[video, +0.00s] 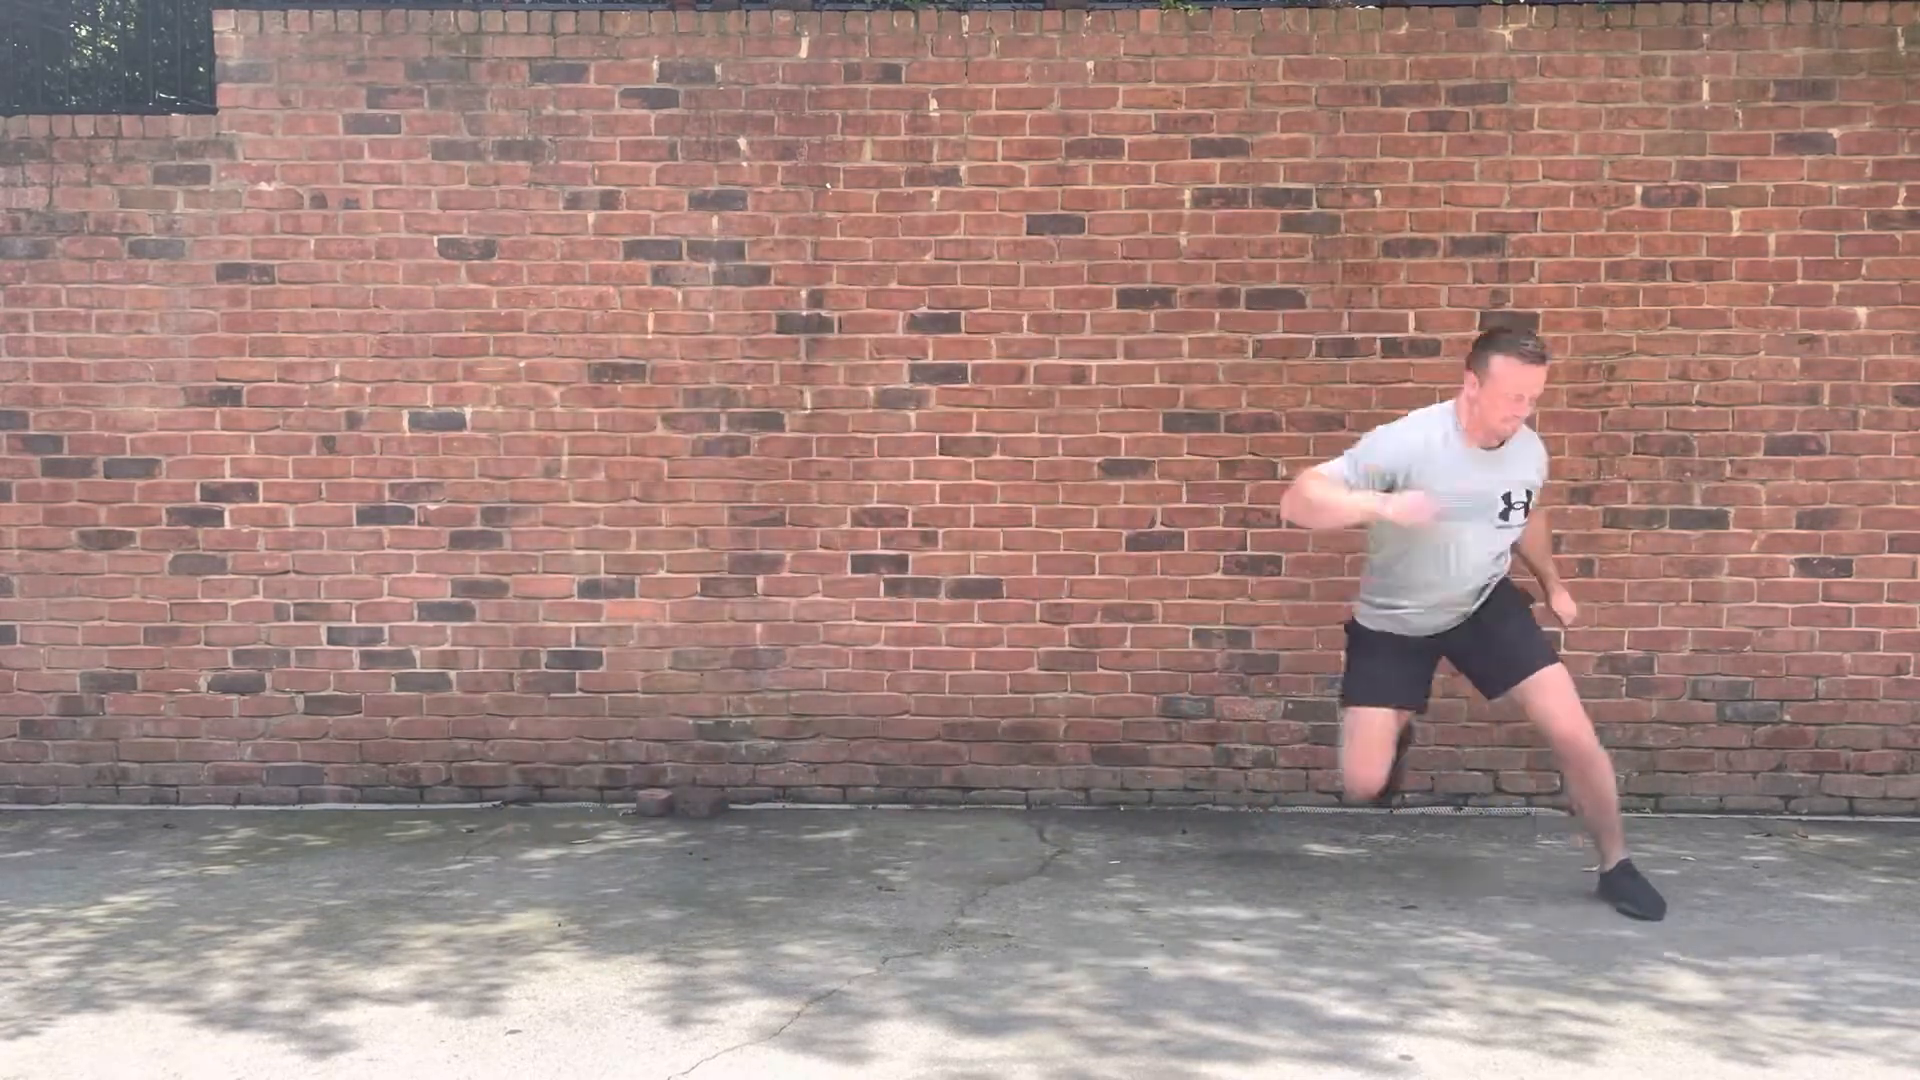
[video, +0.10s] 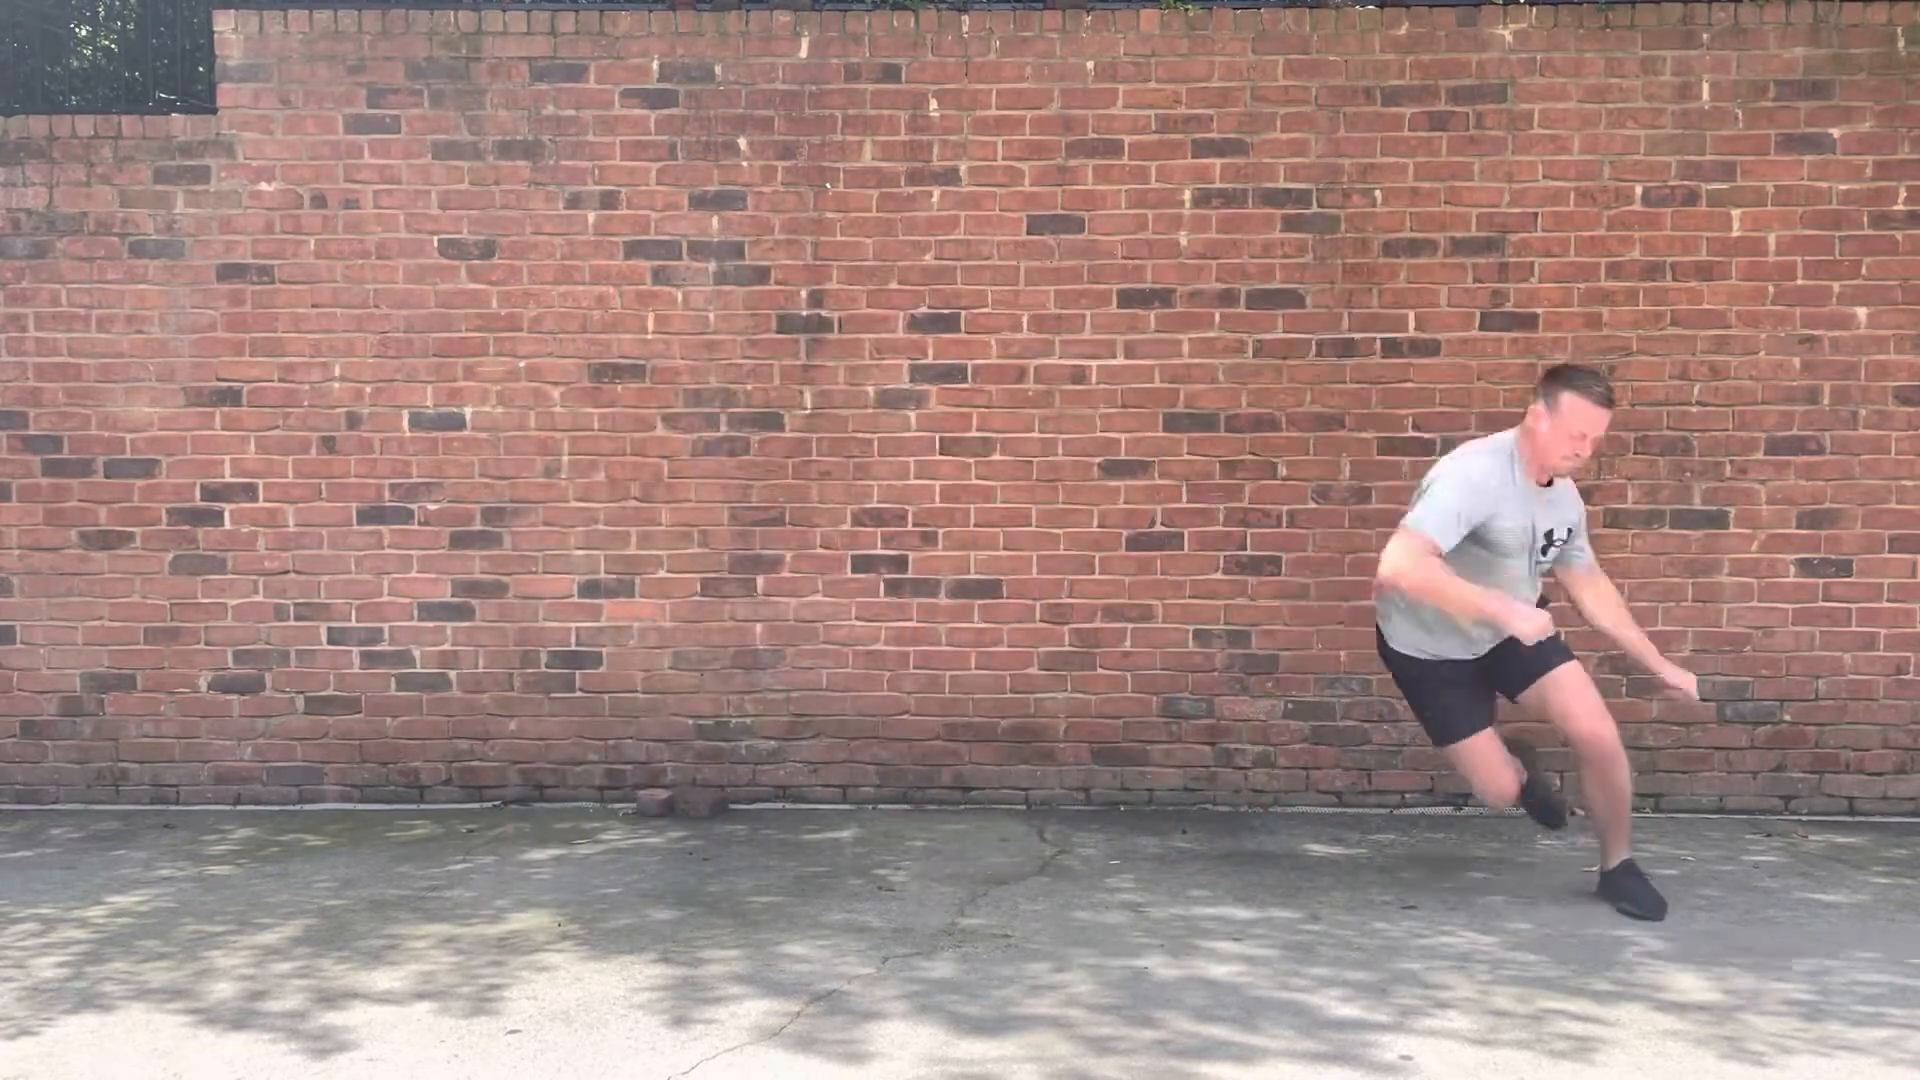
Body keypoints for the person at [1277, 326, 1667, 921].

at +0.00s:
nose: (1524, 413)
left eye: (1532, 399)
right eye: (1514, 397)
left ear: (1537, 393)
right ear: (1472, 383)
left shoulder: (1528, 453)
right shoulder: (1409, 441)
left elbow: (1521, 520)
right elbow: (1297, 501)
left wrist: (1552, 584)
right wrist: (1383, 506)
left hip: (1482, 604)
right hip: (1391, 618)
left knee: (1575, 735)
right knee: (1361, 784)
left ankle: (1615, 863)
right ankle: (1393, 729)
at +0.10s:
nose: (1585, 453)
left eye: (1594, 442)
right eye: (1577, 436)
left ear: (1597, 439)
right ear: (1537, 416)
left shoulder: (1562, 498)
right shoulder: (1468, 474)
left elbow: (1588, 582)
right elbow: (1398, 566)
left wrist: (1659, 664)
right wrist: (1502, 609)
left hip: (1510, 628)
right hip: (1426, 645)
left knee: (1599, 736)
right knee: (1498, 790)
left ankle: (1617, 864)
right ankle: (1521, 778)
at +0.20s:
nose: (1586, 449)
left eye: (1597, 438)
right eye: (1578, 432)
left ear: (1603, 436)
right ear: (1539, 412)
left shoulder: (1582, 498)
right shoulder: (1476, 465)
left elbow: (1652, 572)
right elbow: (1403, 545)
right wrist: (1509, 588)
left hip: (1515, 625)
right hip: (1431, 637)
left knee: (1603, 735)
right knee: (1525, 782)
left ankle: (1618, 864)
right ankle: (1551, 789)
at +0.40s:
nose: (1452, 340)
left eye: (1468, 329)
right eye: (1443, 324)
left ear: (1490, 327)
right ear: (1423, 312)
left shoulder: (1521, 385)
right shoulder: (1372, 361)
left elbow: (1633, 420)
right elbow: (1275, 339)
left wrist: (1609, 370)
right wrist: (1272, 334)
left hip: (1464, 571)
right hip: (1362, 561)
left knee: (1539, 707)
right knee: (1285, 685)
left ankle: (1614, 852)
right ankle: (1357, 712)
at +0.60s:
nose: (1322, 285)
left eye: (1339, 272)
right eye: (1311, 267)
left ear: (1360, 267)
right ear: (1292, 253)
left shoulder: (1383, 337)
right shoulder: (1235, 315)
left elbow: (1426, 421)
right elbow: (1137, 347)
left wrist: (1445, 449)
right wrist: (1046, 398)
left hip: (1321, 519)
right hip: (1230, 512)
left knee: (1348, 669)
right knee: (1196, 663)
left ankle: (1307, 814)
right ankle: (1258, 676)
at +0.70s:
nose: (1256, 315)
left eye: (1272, 305)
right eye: (1247, 300)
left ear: (1297, 305)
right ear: (1232, 290)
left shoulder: (1315, 385)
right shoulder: (1177, 345)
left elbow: (1344, 461)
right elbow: (1106, 399)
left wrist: (1353, 489)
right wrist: (1047, 478)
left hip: (1247, 551)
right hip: (1159, 541)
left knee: (1241, 706)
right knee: (1142, 693)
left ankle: (1210, 852)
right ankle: (1192, 734)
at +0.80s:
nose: (1180, 349)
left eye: (1197, 337)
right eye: (1172, 333)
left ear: (1223, 339)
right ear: (1158, 327)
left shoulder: (1242, 424)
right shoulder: (1107, 376)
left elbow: (1286, 499)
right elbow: (1044, 423)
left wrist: (1300, 518)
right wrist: (1015, 483)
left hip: (1177, 573)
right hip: (1086, 560)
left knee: (1205, 722)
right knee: (1029, 699)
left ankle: (1202, 855)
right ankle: (1092, 743)